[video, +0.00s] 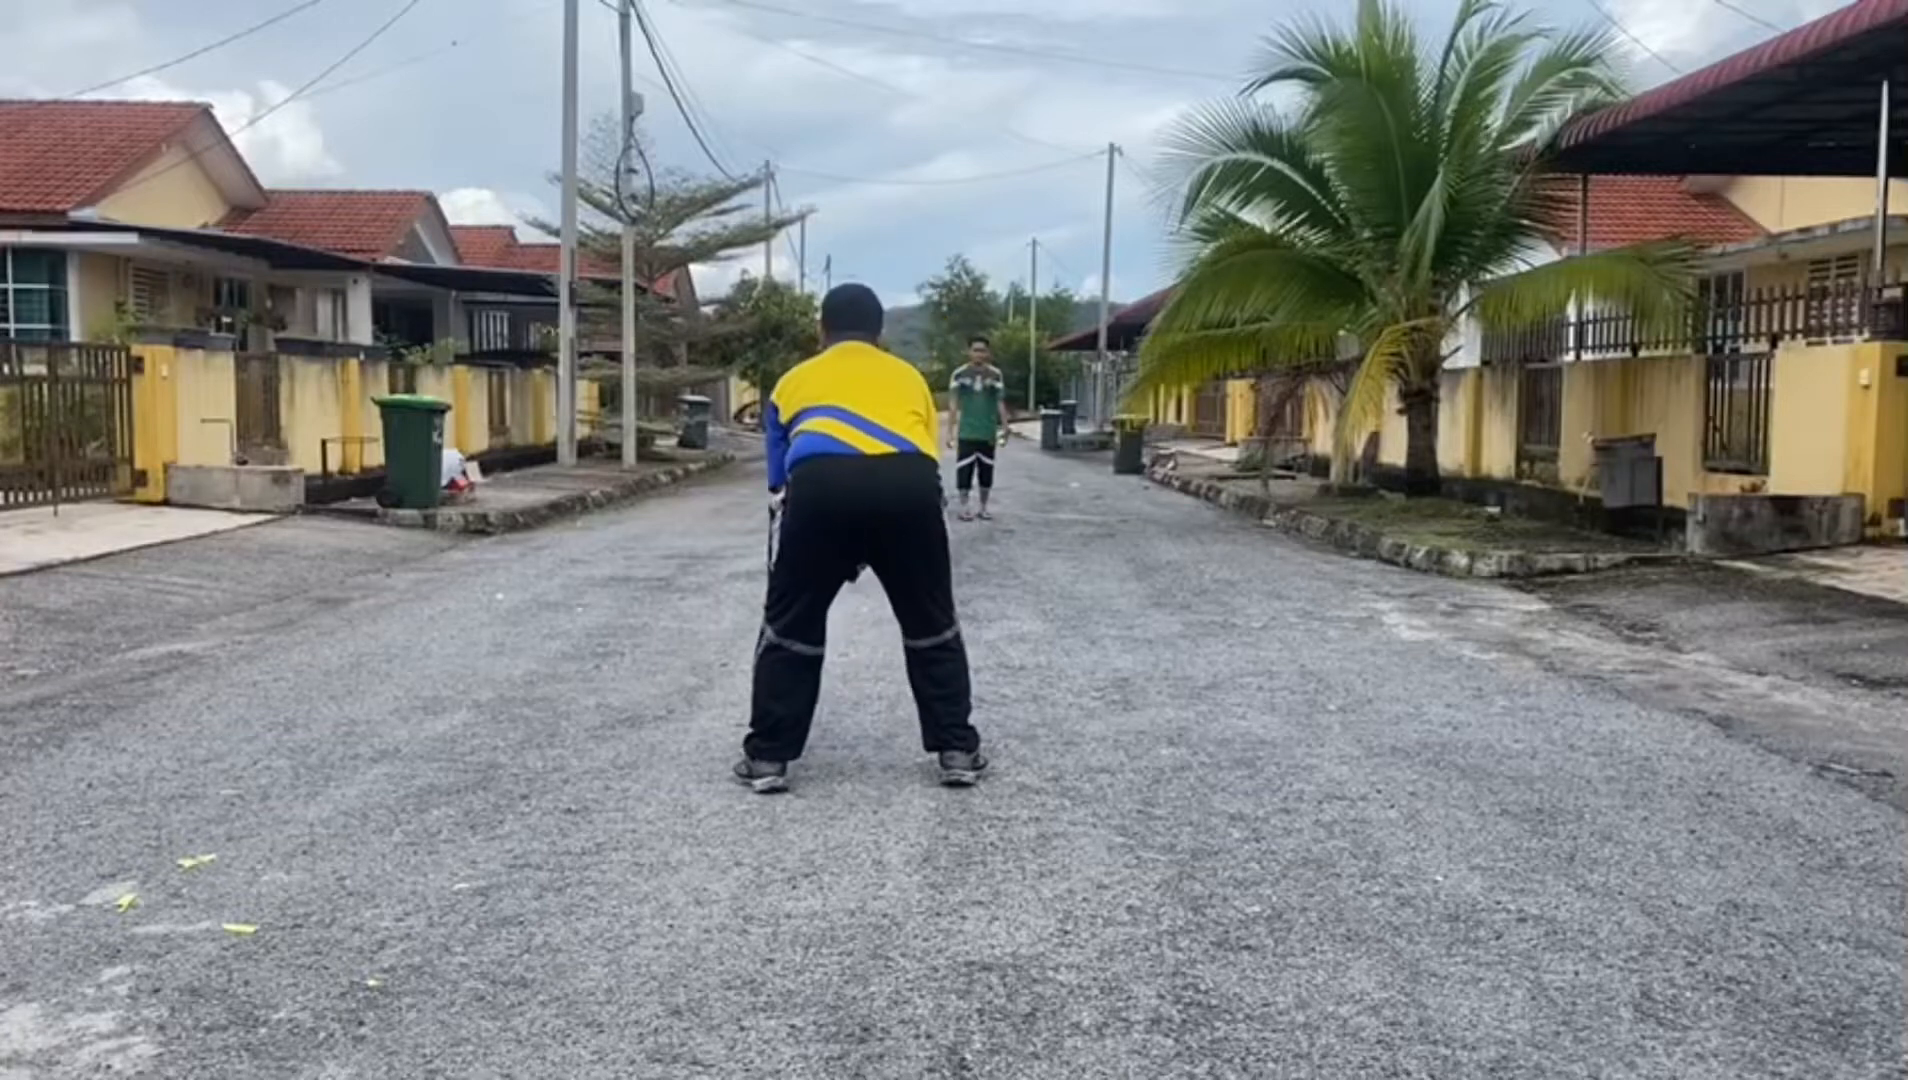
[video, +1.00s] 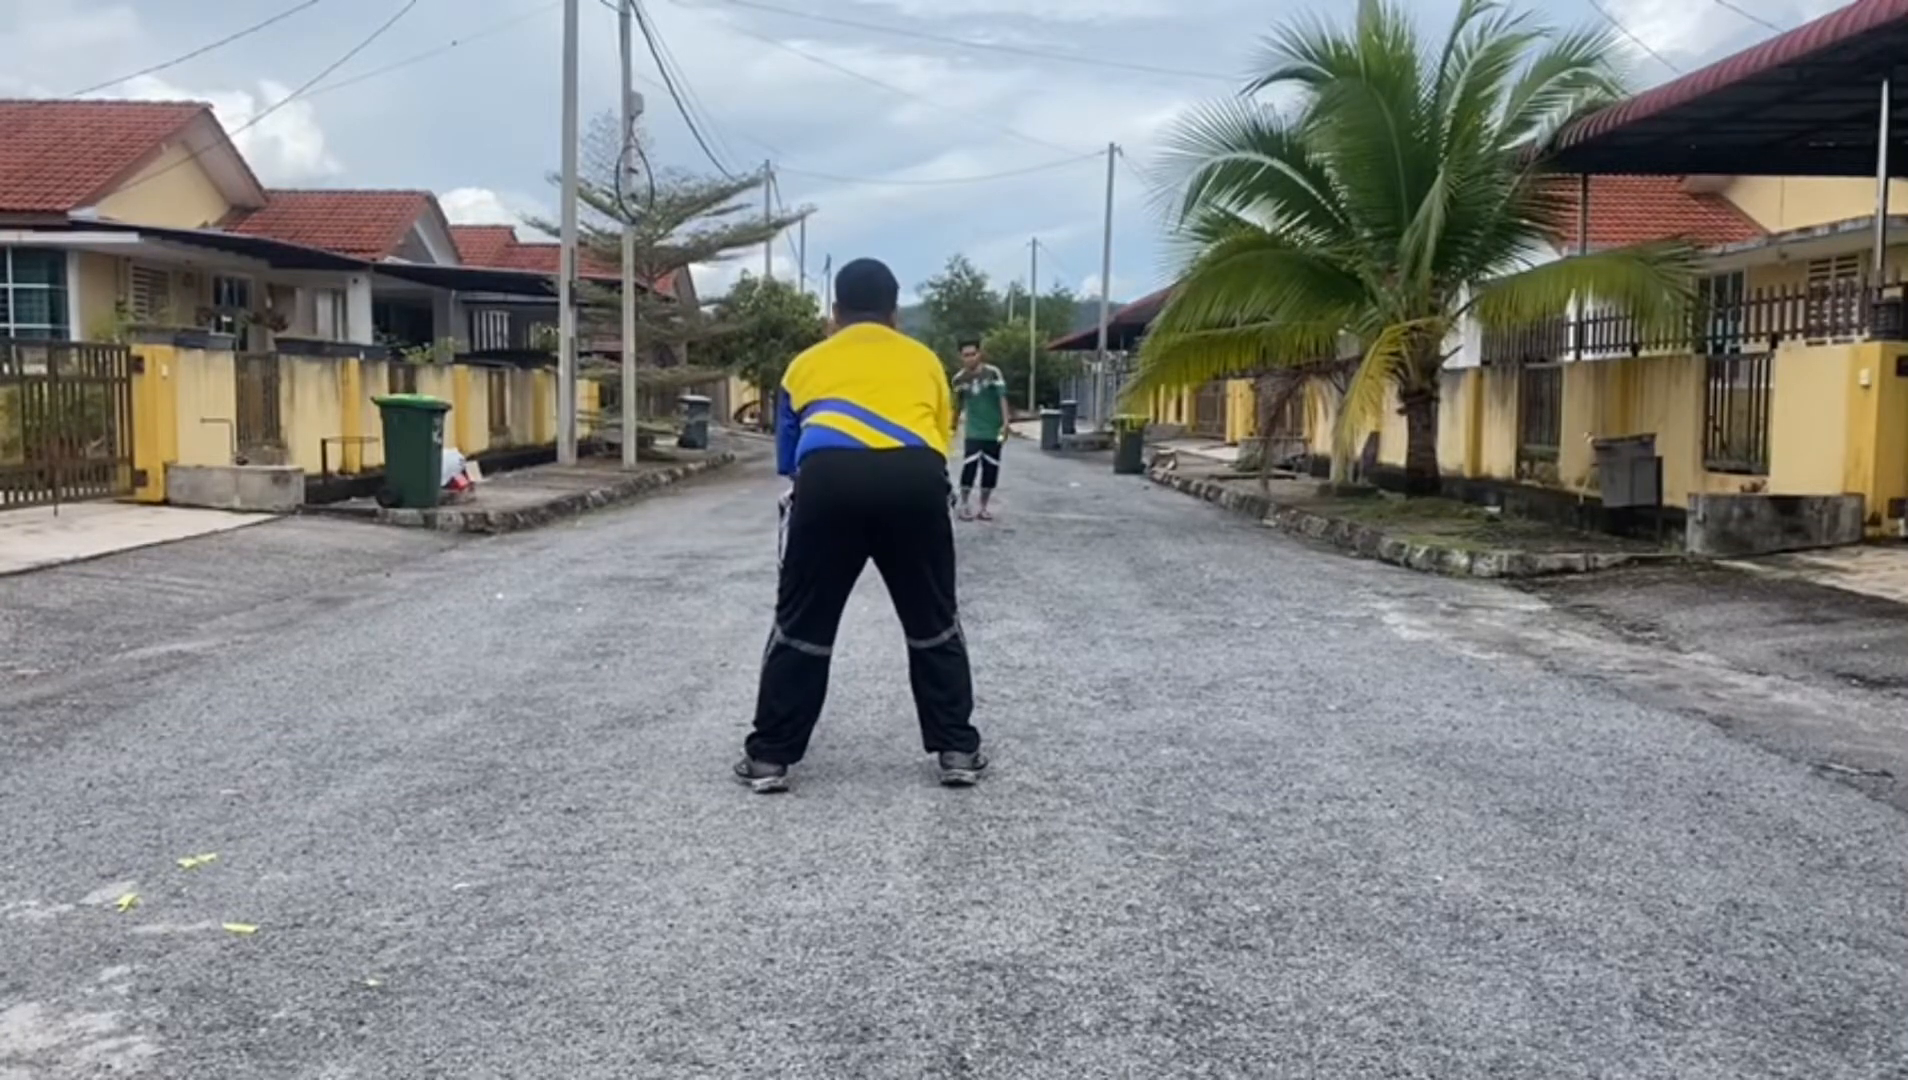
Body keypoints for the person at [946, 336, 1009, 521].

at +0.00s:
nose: (979, 354)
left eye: (983, 350)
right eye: (975, 350)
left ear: (988, 353)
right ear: (969, 352)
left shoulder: (995, 374)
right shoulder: (959, 375)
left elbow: (1000, 402)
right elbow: (953, 406)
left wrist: (1005, 425)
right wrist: (950, 432)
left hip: (988, 432)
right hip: (966, 431)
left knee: (986, 474)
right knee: (964, 473)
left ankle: (983, 507)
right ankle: (964, 507)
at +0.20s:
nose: (975, 354)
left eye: (978, 349)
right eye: (971, 349)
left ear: (984, 352)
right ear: (965, 352)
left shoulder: (991, 373)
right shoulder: (956, 374)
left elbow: (997, 400)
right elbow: (952, 401)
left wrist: (1002, 422)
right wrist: (956, 397)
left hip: (986, 431)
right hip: (964, 432)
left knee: (985, 474)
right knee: (963, 474)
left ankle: (983, 507)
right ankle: (964, 506)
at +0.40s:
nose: (970, 355)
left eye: (974, 350)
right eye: (966, 350)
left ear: (979, 352)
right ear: (960, 353)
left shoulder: (987, 373)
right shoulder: (954, 375)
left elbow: (992, 399)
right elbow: (952, 399)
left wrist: (995, 423)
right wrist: (957, 368)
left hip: (985, 430)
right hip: (964, 430)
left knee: (990, 470)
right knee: (962, 471)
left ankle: (984, 501)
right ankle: (962, 504)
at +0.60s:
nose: (969, 355)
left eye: (972, 351)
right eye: (965, 351)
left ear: (978, 352)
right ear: (959, 353)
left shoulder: (988, 373)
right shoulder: (954, 374)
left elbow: (994, 398)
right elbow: (949, 396)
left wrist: (997, 421)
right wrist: (956, 377)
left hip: (985, 430)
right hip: (964, 430)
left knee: (988, 471)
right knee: (963, 471)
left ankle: (984, 506)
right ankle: (963, 505)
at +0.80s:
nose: (970, 355)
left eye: (973, 351)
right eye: (966, 351)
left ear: (980, 352)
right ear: (961, 354)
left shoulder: (991, 372)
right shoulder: (956, 377)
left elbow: (997, 398)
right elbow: (952, 404)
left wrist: (1001, 422)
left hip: (988, 431)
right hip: (967, 432)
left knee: (987, 474)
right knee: (964, 473)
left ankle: (983, 507)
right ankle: (963, 505)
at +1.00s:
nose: (970, 359)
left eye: (973, 354)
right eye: (966, 355)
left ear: (980, 354)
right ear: (961, 358)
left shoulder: (993, 373)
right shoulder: (959, 379)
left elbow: (1002, 398)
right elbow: (957, 404)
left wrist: (1005, 422)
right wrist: (954, 423)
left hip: (993, 429)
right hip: (973, 430)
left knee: (990, 471)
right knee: (969, 468)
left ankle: (983, 506)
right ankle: (964, 504)